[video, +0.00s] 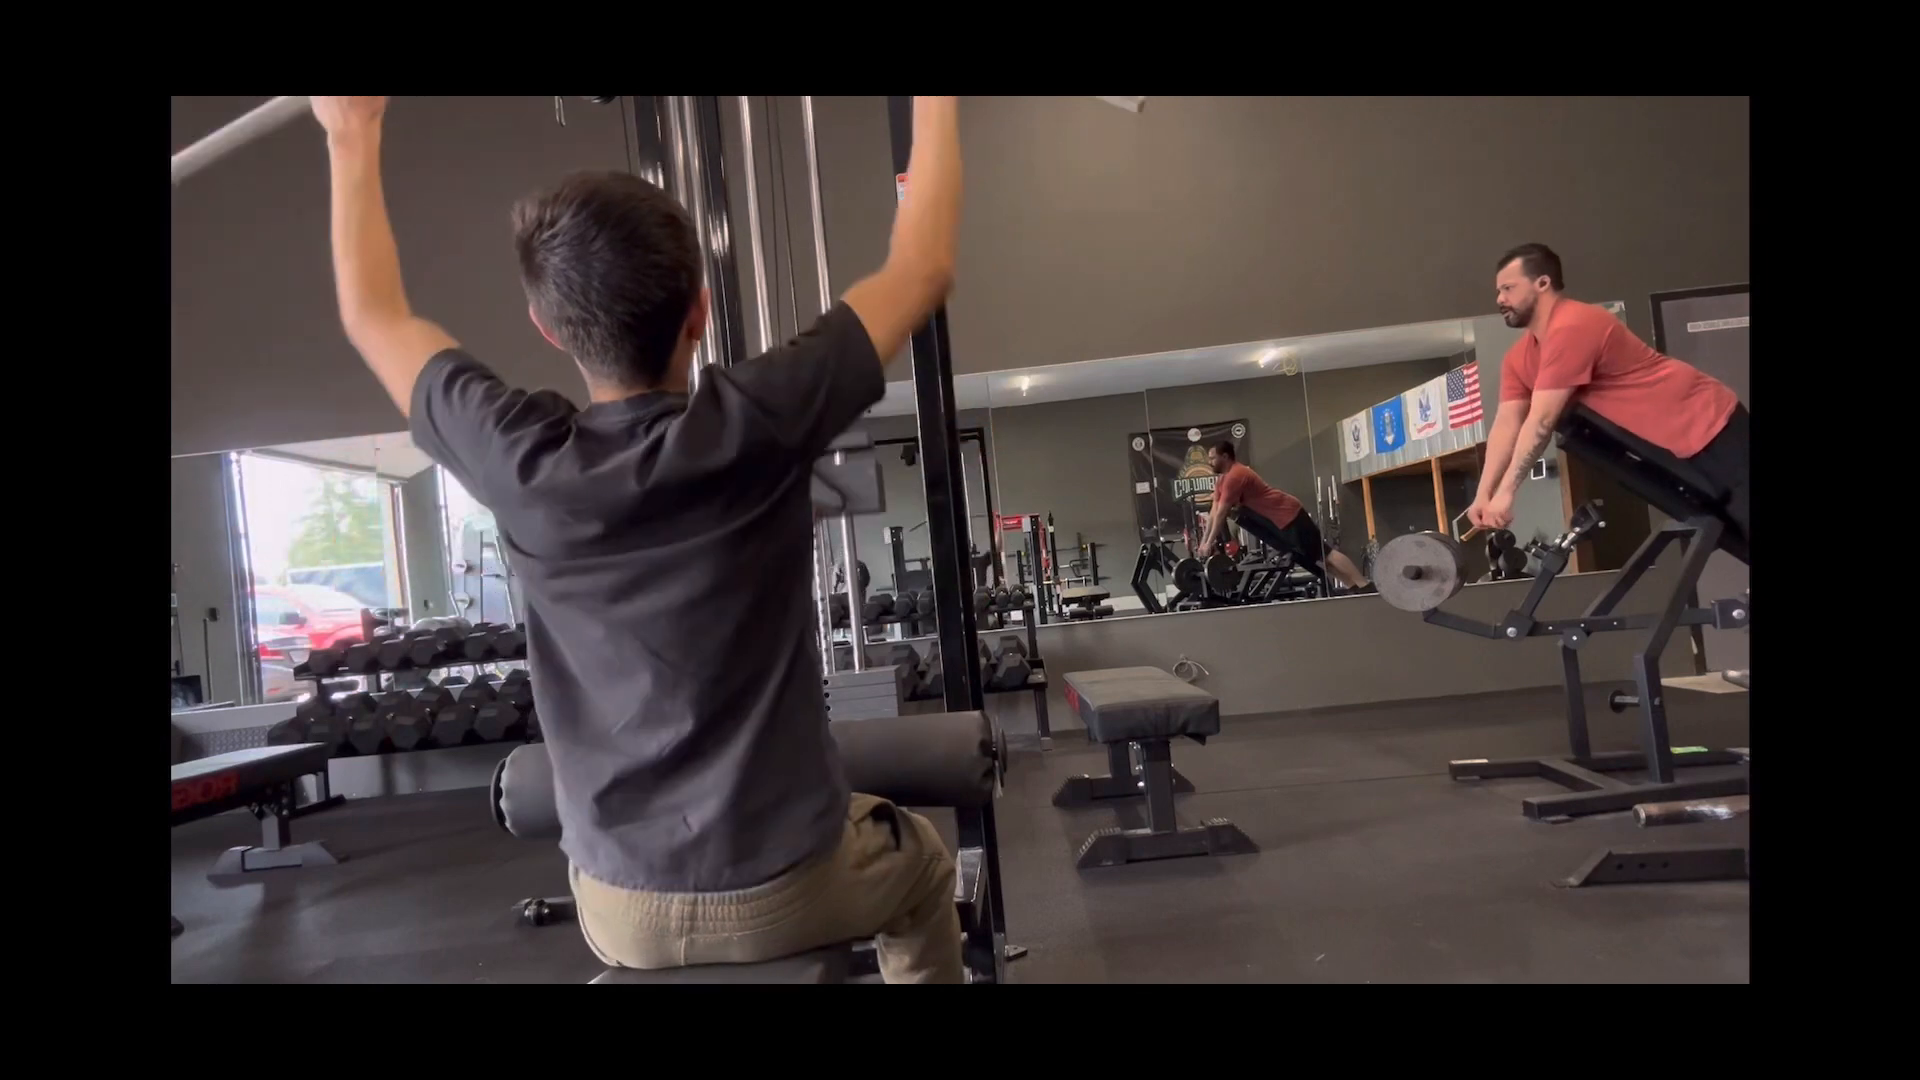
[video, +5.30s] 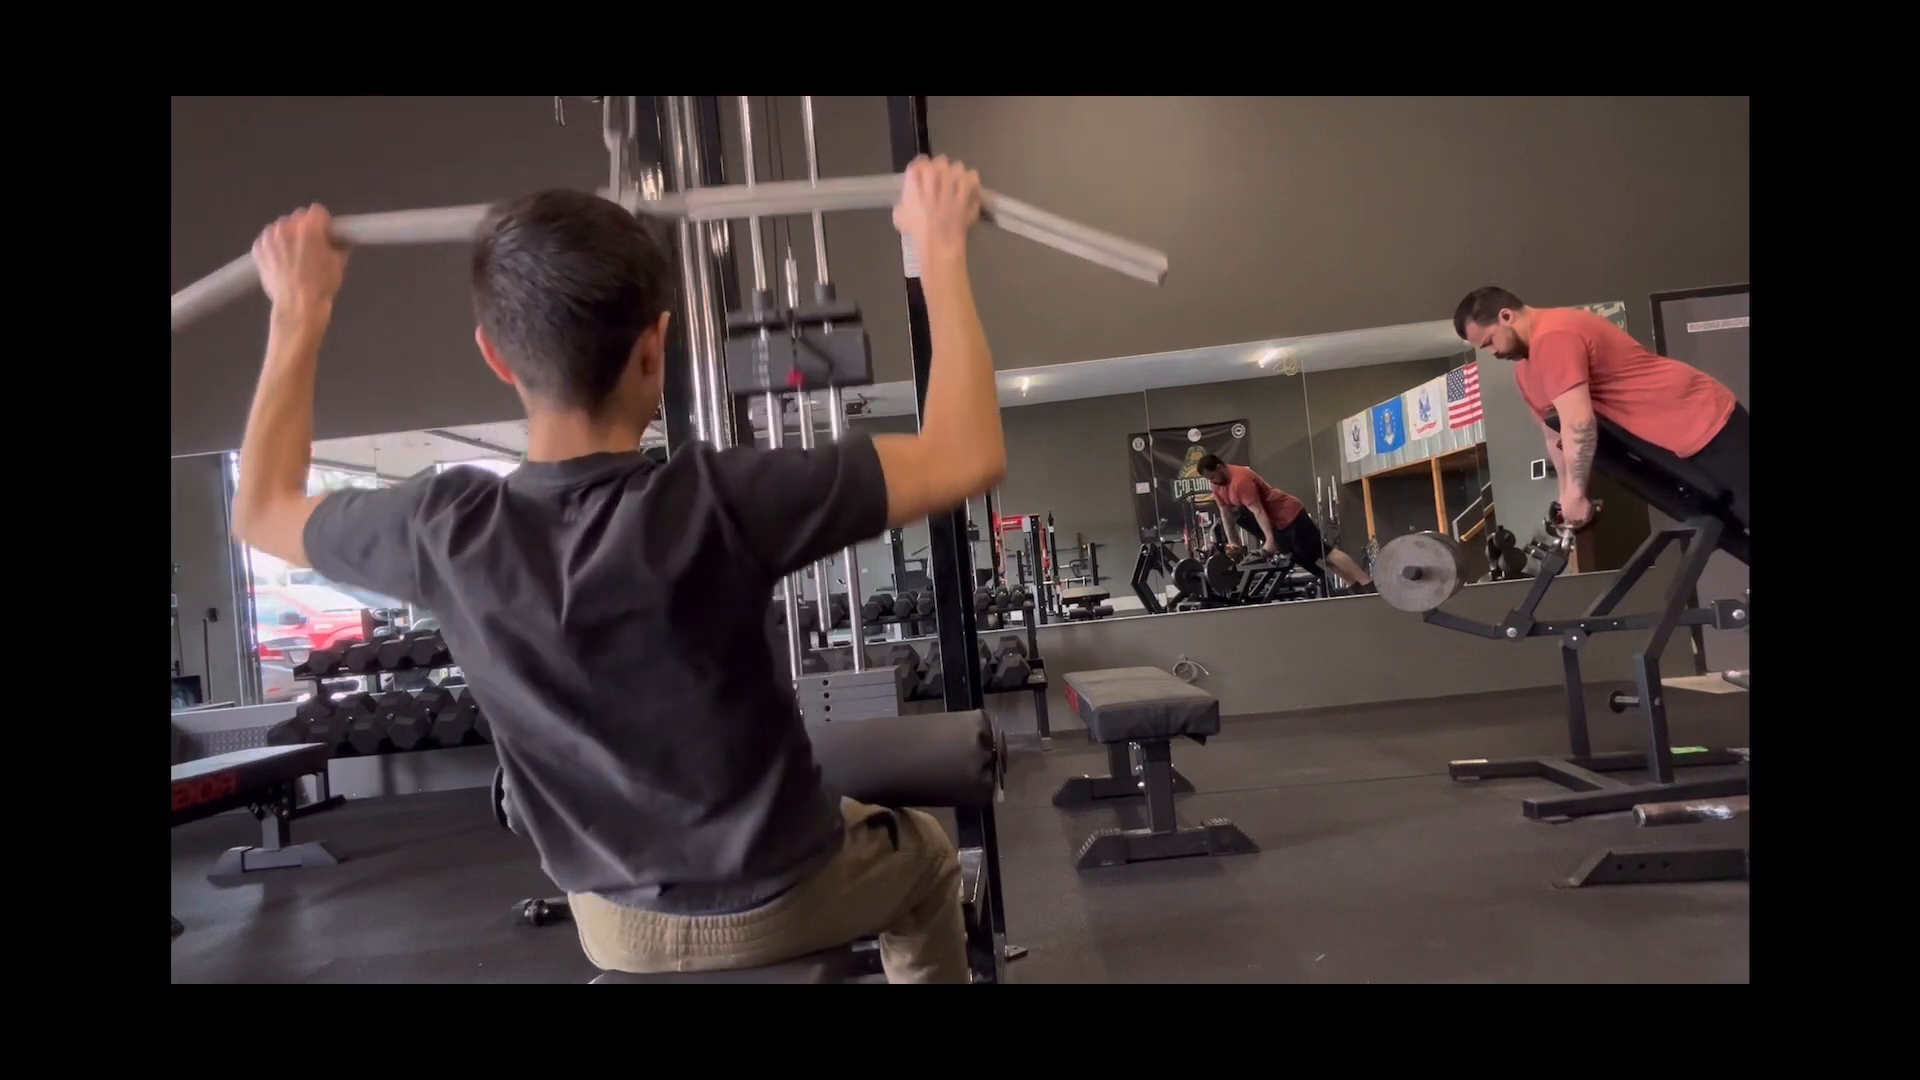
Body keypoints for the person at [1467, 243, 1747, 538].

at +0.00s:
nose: (1499, 300)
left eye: (1507, 288)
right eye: (1498, 292)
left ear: (1542, 284)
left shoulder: (1572, 325)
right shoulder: (1518, 357)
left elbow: (1541, 422)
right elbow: (1506, 422)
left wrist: (1505, 490)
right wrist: (1483, 493)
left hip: (1709, 422)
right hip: (1669, 449)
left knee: (1745, 521)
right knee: (1733, 536)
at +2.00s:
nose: (1496, 322)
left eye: (1493, 313)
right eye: (1493, 315)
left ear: (1510, 307)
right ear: (1515, 306)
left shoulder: (1574, 323)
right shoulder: (1526, 352)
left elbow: (1544, 420)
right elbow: (1514, 418)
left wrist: (1506, 487)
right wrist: (1493, 487)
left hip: (1713, 424)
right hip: (1677, 447)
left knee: (1745, 527)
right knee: (1732, 536)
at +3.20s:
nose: (1496, 343)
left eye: (1493, 332)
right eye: (1489, 337)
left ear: (1513, 307)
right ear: (1511, 310)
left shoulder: (1570, 324)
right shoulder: (1526, 364)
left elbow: (1579, 417)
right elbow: (1535, 424)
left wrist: (1542, 480)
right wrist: (1530, 484)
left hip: (1709, 421)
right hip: (1672, 448)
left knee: (1745, 520)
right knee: (1732, 534)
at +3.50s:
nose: (1490, 356)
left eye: (1484, 346)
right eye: (1483, 350)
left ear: (1499, 326)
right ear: (1499, 329)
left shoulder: (1561, 329)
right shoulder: (1530, 373)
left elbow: (1591, 418)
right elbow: (1568, 431)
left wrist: (1578, 480)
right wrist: (1574, 486)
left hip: (1706, 423)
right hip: (1667, 453)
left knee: (1746, 515)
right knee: (1730, 534)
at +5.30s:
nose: (1492, 352)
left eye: (1488, 342)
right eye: (1483, 348)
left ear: (1507, 316)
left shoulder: (1553, 337)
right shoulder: (1524, 368)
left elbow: (1581, 427)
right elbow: (1554, 436)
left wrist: (1576, 496)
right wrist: (1568, 496)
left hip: (1704, 422)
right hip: (1671, 446)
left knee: (1746, 515)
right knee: (1730, 532)